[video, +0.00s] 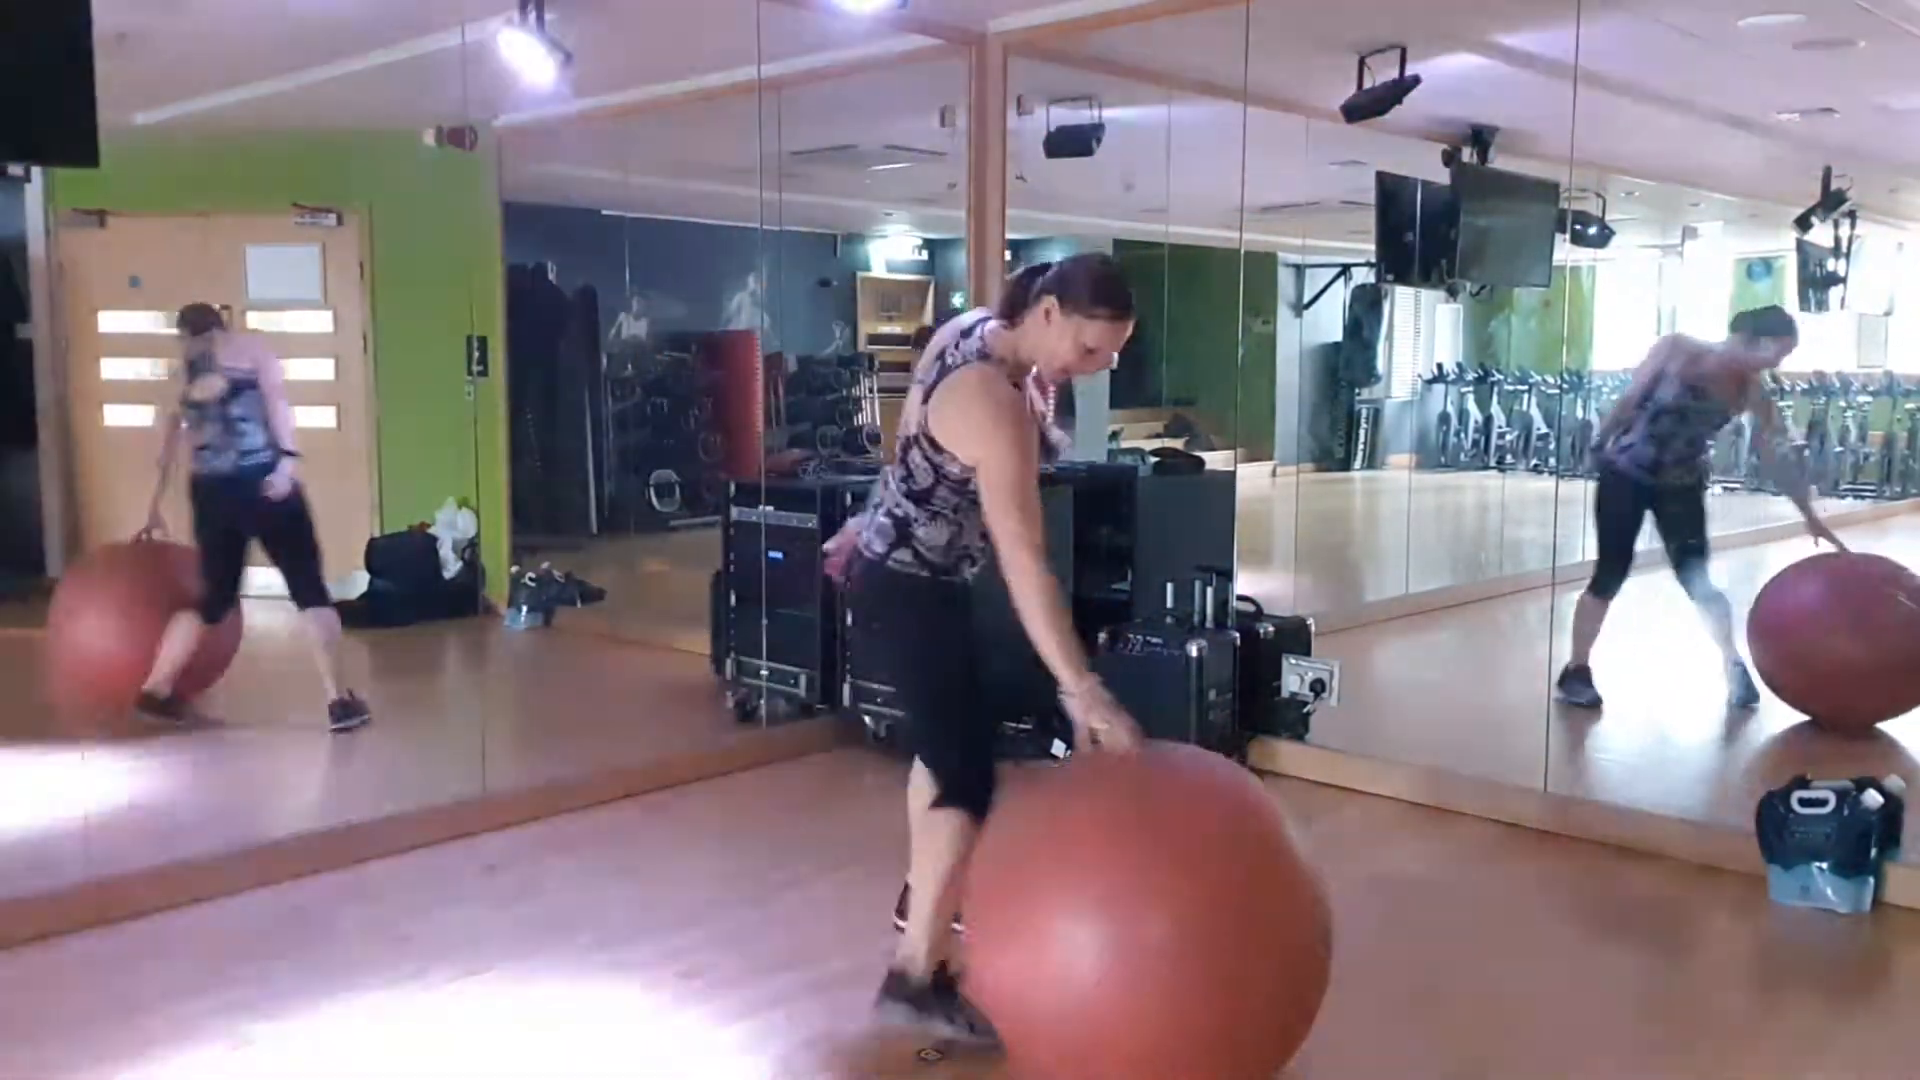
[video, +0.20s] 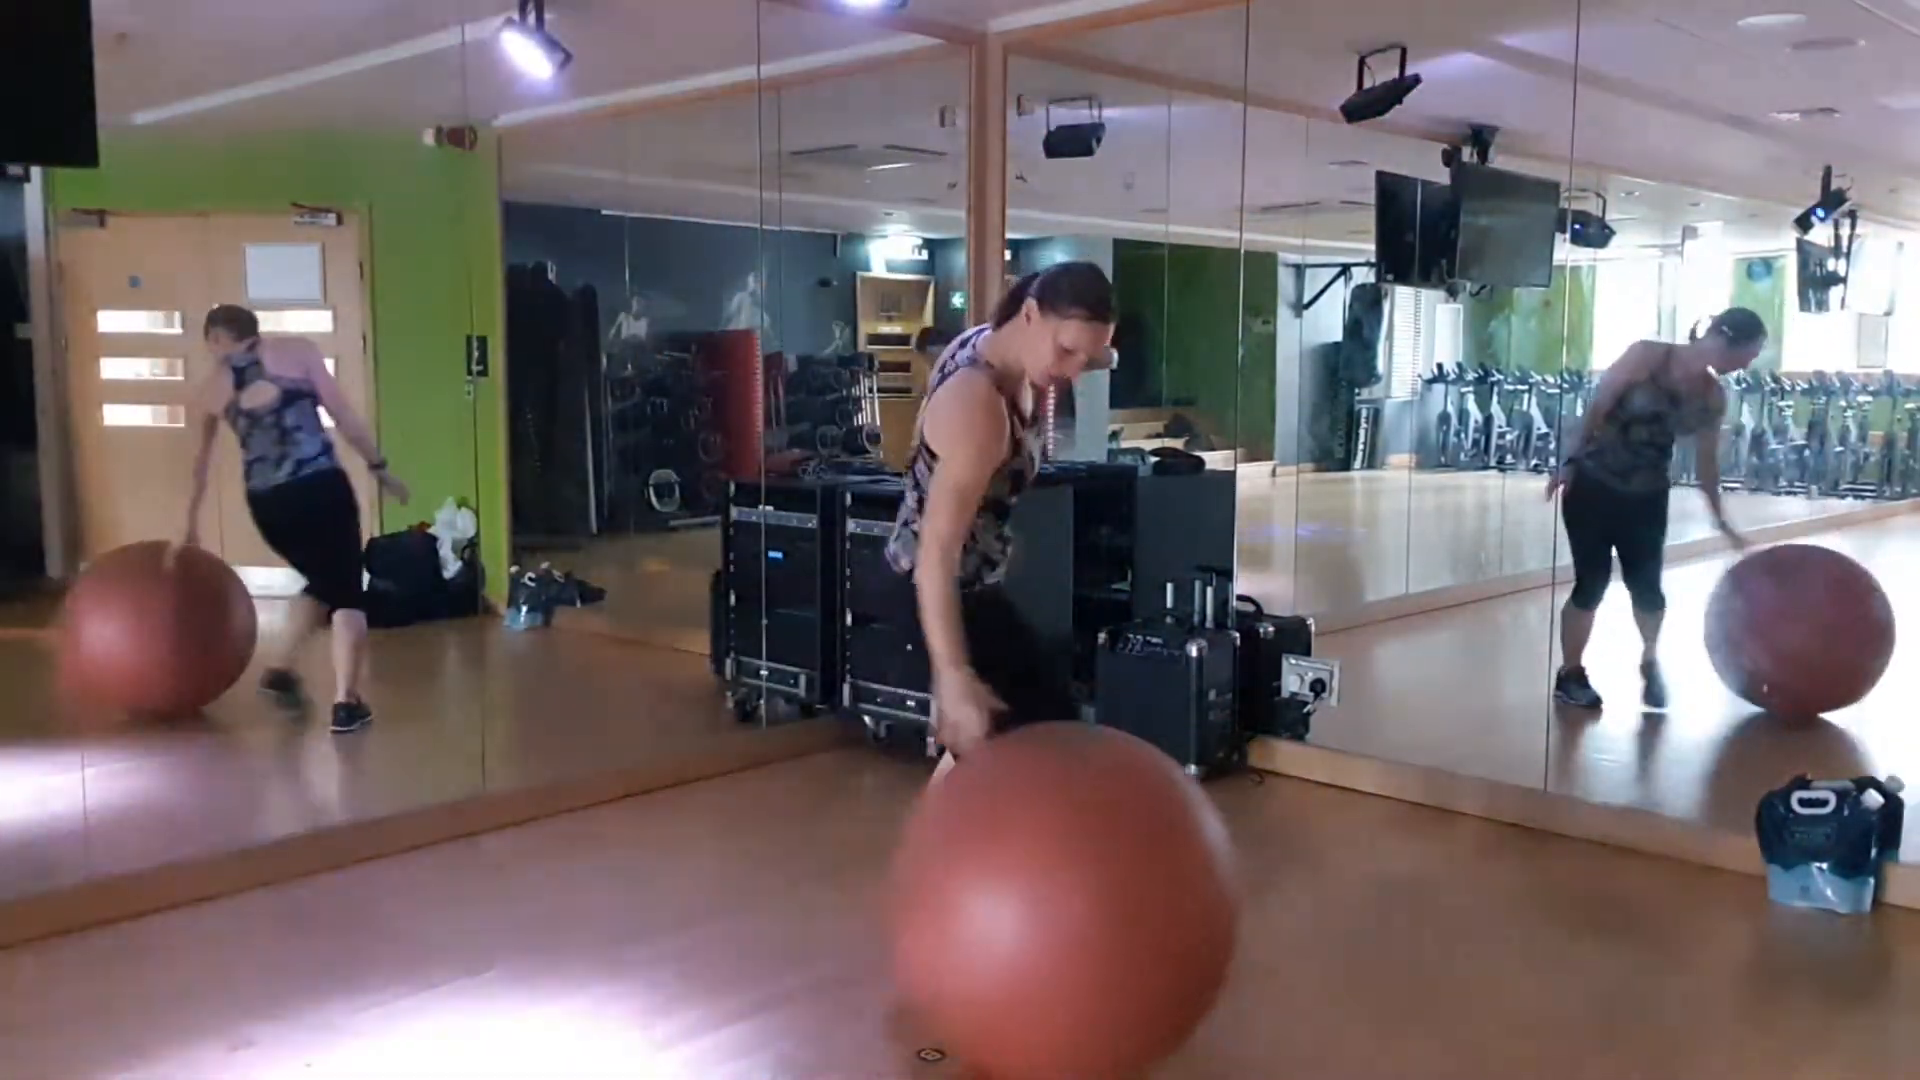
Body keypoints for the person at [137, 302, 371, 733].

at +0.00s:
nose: (193, 345)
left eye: (190, 339)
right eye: (195, 336)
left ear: (186, 337)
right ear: (221, 324)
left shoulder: (184, 372)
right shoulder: (254, 351)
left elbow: (169, 443)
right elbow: (276, 402)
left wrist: (155, 505)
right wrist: (289, 456)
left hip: (211, 491)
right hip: (268, 483)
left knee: (212, 598)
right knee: (310, 590)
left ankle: (156, 687)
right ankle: (337, 699)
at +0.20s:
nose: (211, 349)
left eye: (210, 342)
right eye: (210, 343)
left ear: (220, 338)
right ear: (253, 329)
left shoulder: (214, 384)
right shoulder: (298, 352)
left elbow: (201, 464)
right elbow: (344, 417)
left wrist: (190, 528)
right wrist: (379, 467)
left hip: (268, 502)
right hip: (321, 488)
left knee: (322, 582)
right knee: (347, 591)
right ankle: (346, 701)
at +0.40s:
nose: (215, 355)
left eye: (214, 344)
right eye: (212, 347)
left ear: (229, 331)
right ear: (253, 325)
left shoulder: (239, 380)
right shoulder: (318, 345)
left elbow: (234, 459)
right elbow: (369, 397)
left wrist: (202, 517)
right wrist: (394, 436)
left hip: (297, 492)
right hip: (352, 479)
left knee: (338, 578)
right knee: (357, 586)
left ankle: (330, 675)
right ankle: (346, 700)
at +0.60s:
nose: (225, 357)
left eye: (222, 345)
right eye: (221, 348)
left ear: (239, 330)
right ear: (260, 324)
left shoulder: (251, 382)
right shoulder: (328, 343)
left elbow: (238, 464)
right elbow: (374, 394)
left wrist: (206, 529)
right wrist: (398, 442)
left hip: (305, 491)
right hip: (362, 482)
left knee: (327, 581)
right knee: (367, 585)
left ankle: (322, 680)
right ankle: (356, 684)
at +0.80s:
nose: (238, 351)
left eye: (237, 340)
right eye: (234, 343)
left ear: (255, 327)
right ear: (276, 324)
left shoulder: (259, 387)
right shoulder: (340, 351)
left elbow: (262, 460)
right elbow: (383, 405)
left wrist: (254, 527)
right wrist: (412, 458)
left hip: (303, 498)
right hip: (360, 491)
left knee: (323, 588)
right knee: (369, 583)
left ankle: (333, 678)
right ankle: (374, 667)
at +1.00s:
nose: (260, 350)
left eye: (261, 339)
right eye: (258, 341)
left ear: (282, 327)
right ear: (295, 324)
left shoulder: (280, 386)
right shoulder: (364, 364)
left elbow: (280, 454)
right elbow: (393, 427)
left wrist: (279, 509)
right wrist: (409, 482)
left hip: (313, 506)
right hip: (363, 503)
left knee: (318, 594)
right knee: (370, 592)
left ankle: (326, 681)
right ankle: (376, 676)